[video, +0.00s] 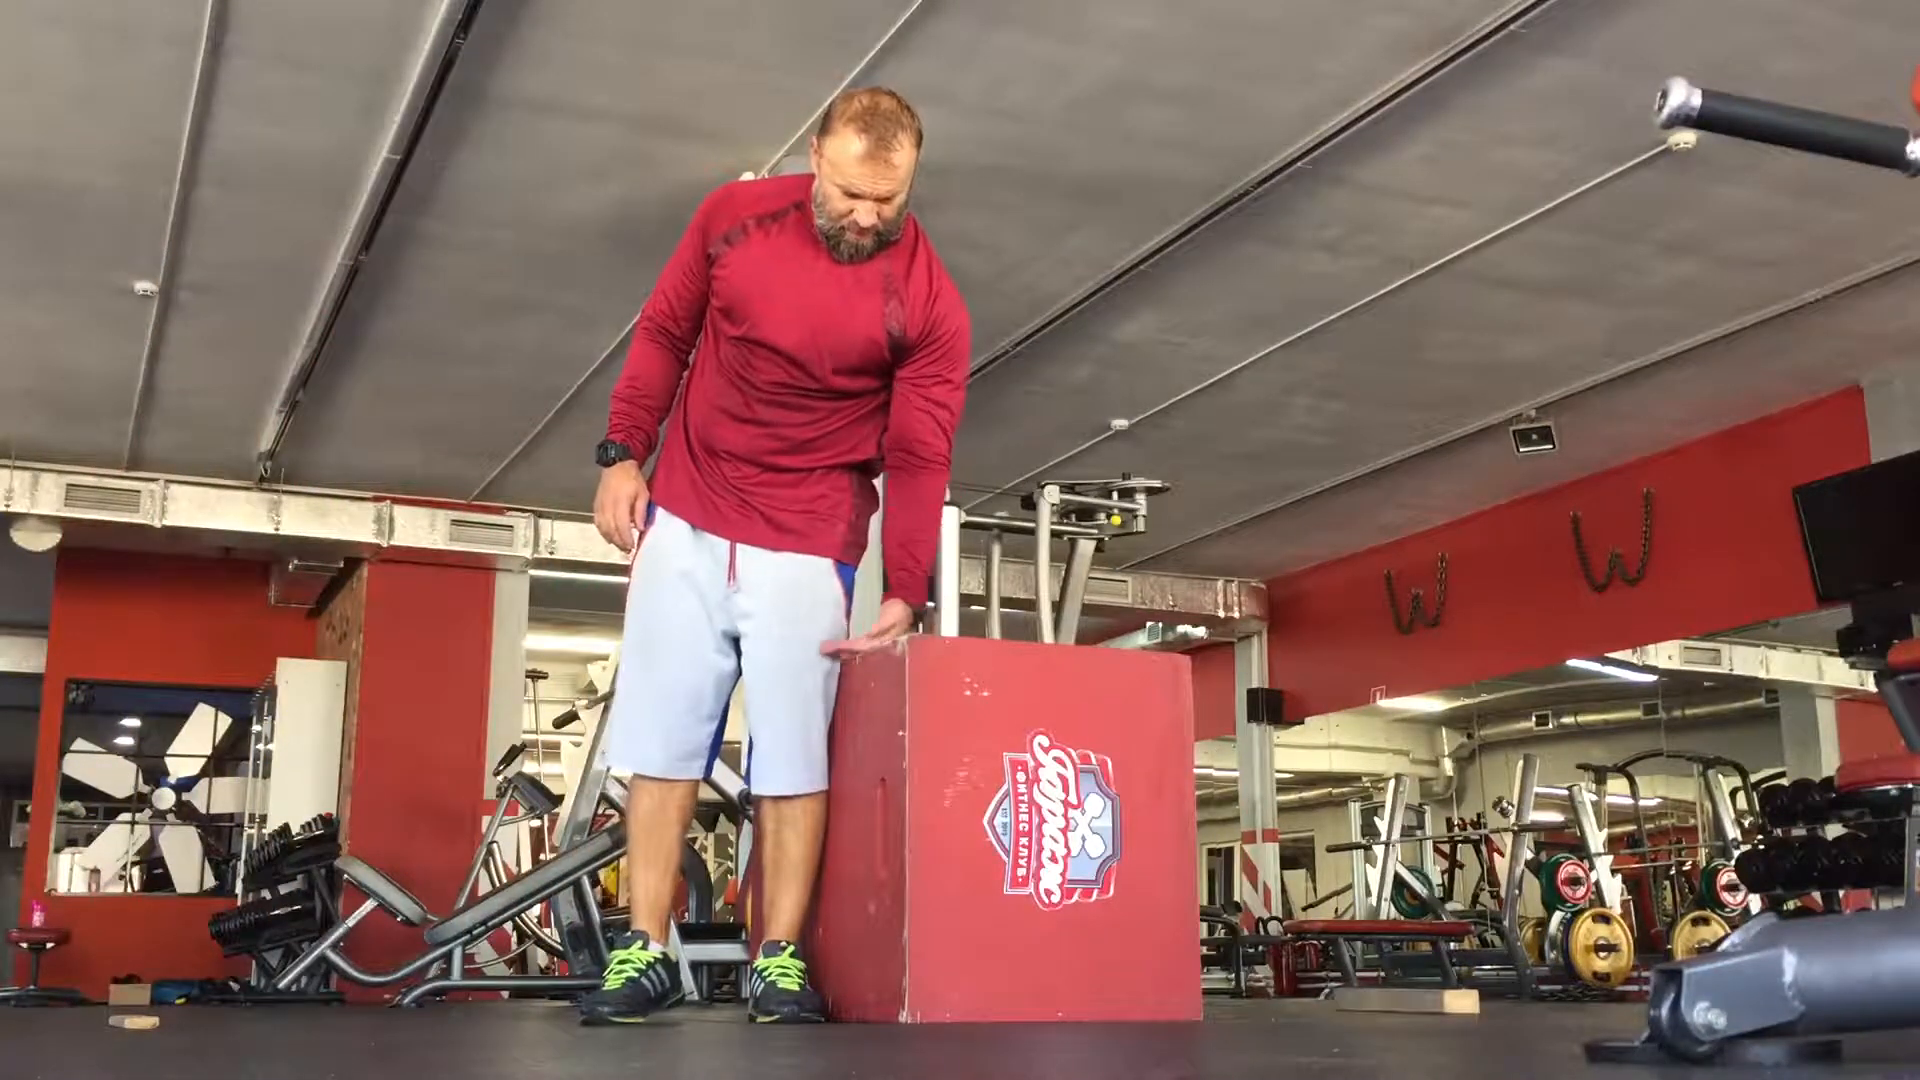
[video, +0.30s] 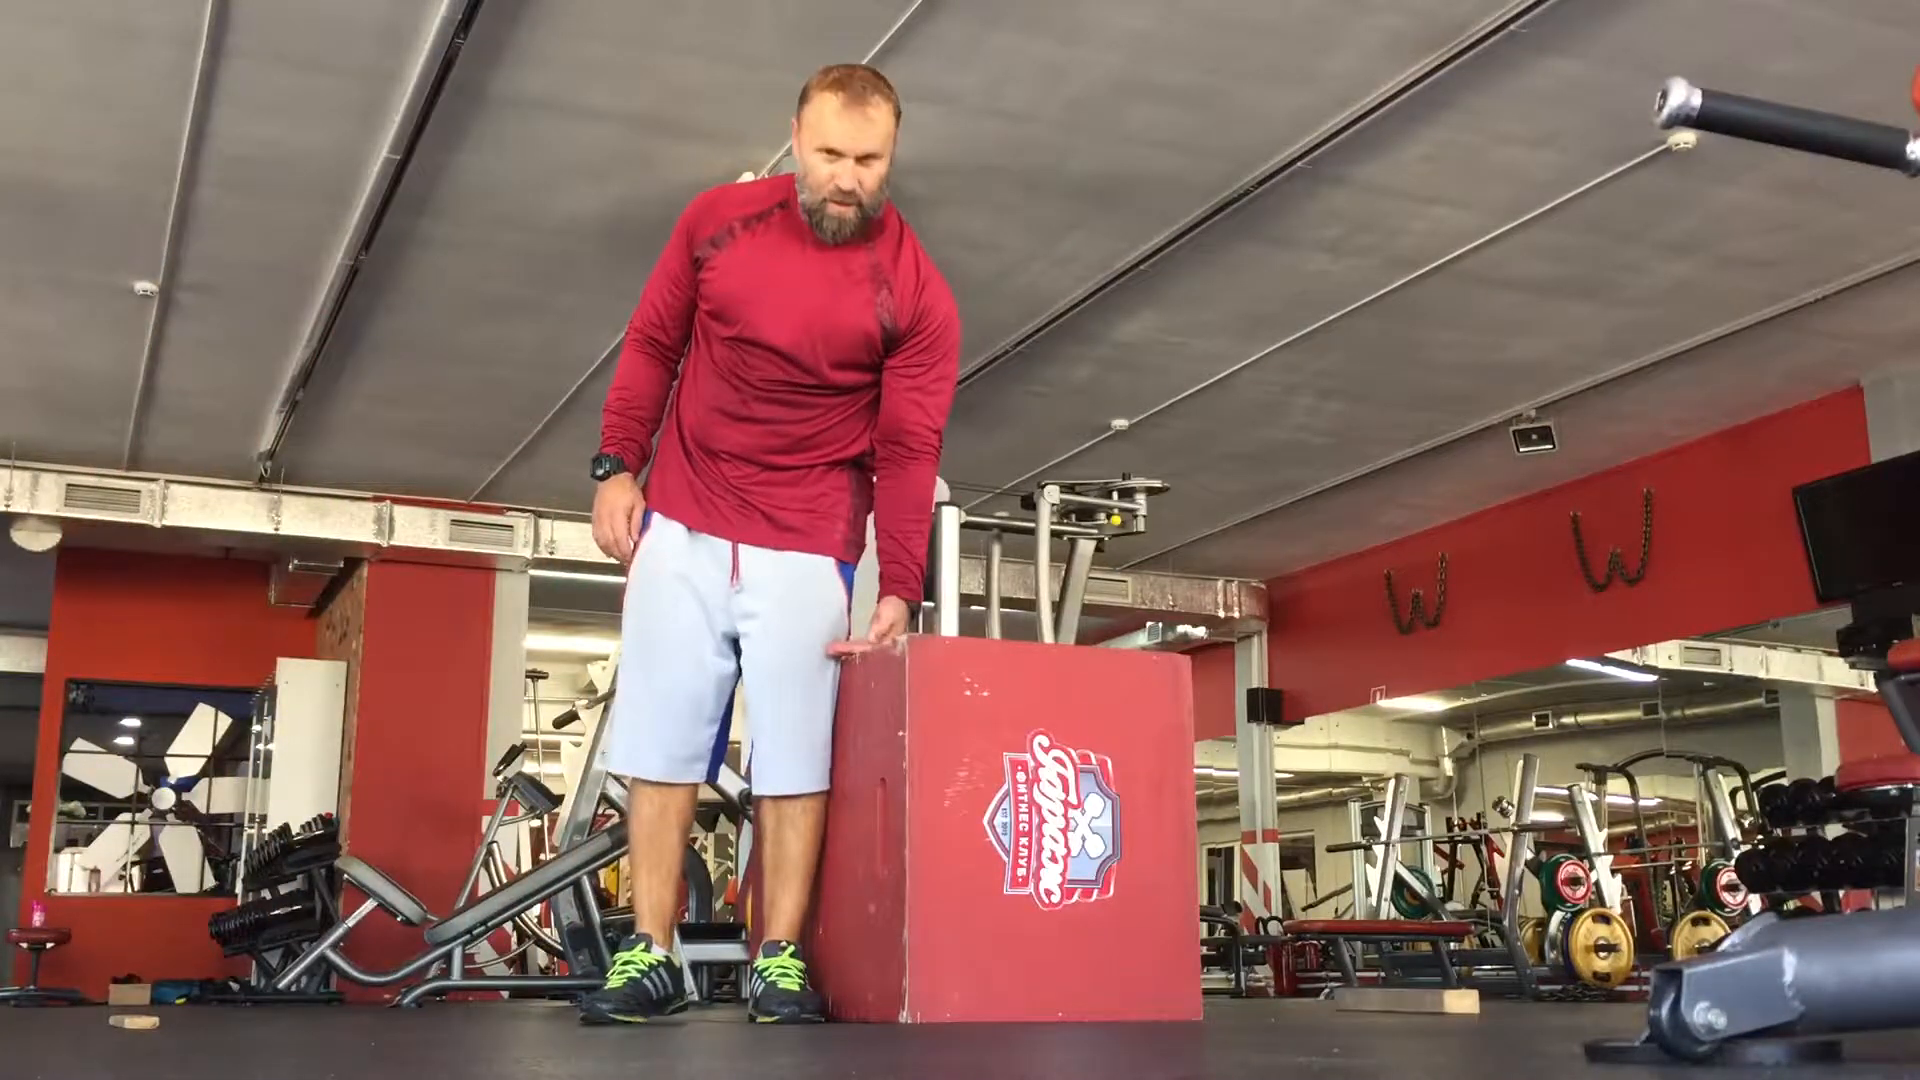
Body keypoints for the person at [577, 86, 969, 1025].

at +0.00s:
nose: (861, 215)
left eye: (883, 200)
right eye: (845, 193)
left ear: (912, 185)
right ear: (814, 159)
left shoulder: (928, 307)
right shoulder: (735, 215)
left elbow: (918, 457)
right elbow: (663, 331)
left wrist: (905, 593)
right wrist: (622, 455)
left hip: (811, 532)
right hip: (688, 508)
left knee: (793, 745)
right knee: (662, 732)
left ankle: (778, 959)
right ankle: (647, 952)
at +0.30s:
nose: (847, 176)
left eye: (868, 159)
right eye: (829, 154)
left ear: (892, 159)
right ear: (795, 143)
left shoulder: (917, 297)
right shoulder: (719, 219)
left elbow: (910, 449)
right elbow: (651, 343)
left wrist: (899, 587)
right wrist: (617, 468)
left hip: (811, 530)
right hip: (684, 509)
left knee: (794, 748)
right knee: (663, 734)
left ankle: (777, 959)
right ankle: (651, 954)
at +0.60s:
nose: (782, 143)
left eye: (801, 126)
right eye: (764, 125)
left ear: (830, 136)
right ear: (734, 132)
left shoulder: (874, 270)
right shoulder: (669, 236)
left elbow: (899, 403)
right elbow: (615, 357)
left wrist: (876, 519)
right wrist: (602, 469)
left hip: (795, 543)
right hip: (665, 533)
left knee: (786, 746)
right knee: (639, 740)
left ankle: (779, 958)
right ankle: (643, 956)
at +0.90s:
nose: (676, 167)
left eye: (694, 150)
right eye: (657, 153)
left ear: (726, 162)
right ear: (634, 169)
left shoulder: (767, 253)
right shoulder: (597, 252)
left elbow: (805, 279)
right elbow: (567, 291)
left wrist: (798, 280)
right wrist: (605, 288)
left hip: (741, 549)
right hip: (615, 553)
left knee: (762, 750)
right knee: (618, 754)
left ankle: (775, 958)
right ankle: (636, 963)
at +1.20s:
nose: (594, 178)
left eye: (610, 160)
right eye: (574, 164)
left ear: (641, 165)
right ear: (550, 176)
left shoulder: (688, 253)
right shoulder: (522, 261)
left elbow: (721, 283)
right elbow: (492, 294)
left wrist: (698, 251)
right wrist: (530, 270)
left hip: (655, 527)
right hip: (550, 537)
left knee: (652, 726)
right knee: (575, 742)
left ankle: (662, 947)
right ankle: (623, 949)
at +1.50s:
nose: (491, 160)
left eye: (510, 140)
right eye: (473, 145)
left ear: (548, 147)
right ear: (455, 161)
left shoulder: (602, 250)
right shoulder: (427, 279)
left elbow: (665, 313)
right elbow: (339, 349)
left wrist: (749, 291)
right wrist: (297, 242)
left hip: (564, 527)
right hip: (473, 535)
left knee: (474, 730)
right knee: (559, 758)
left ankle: (380, 945)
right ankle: (635, 963)